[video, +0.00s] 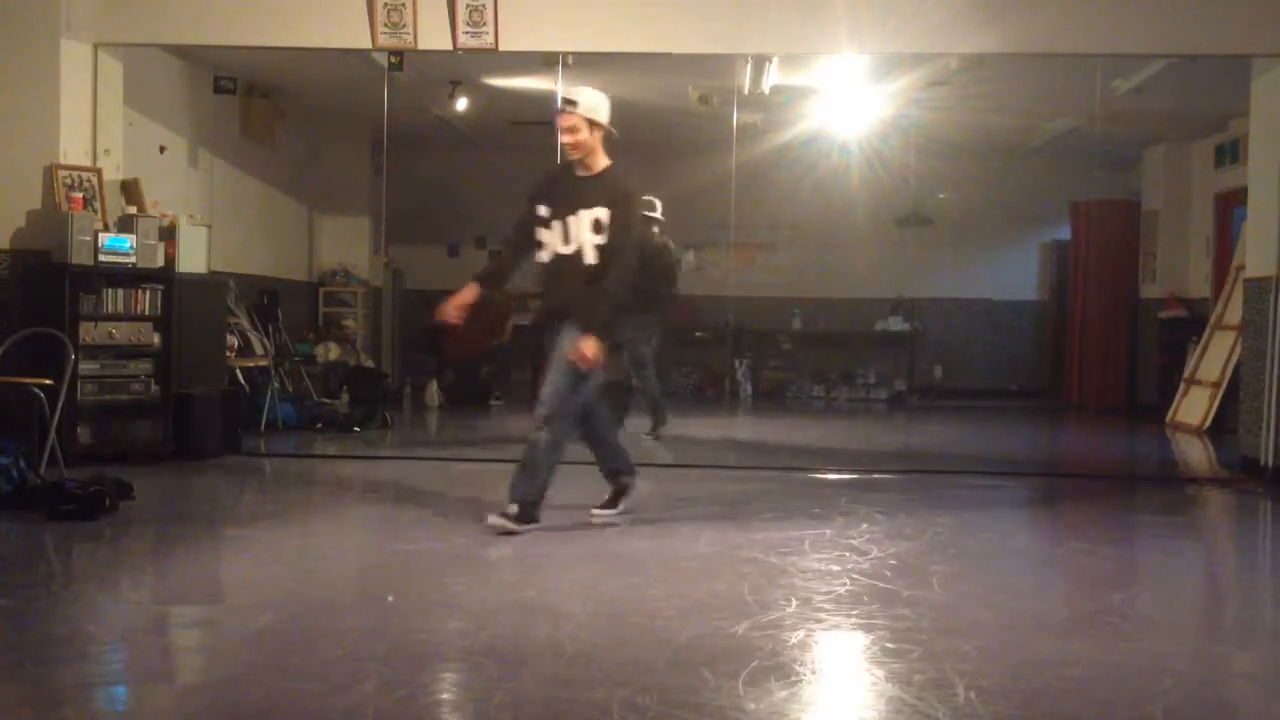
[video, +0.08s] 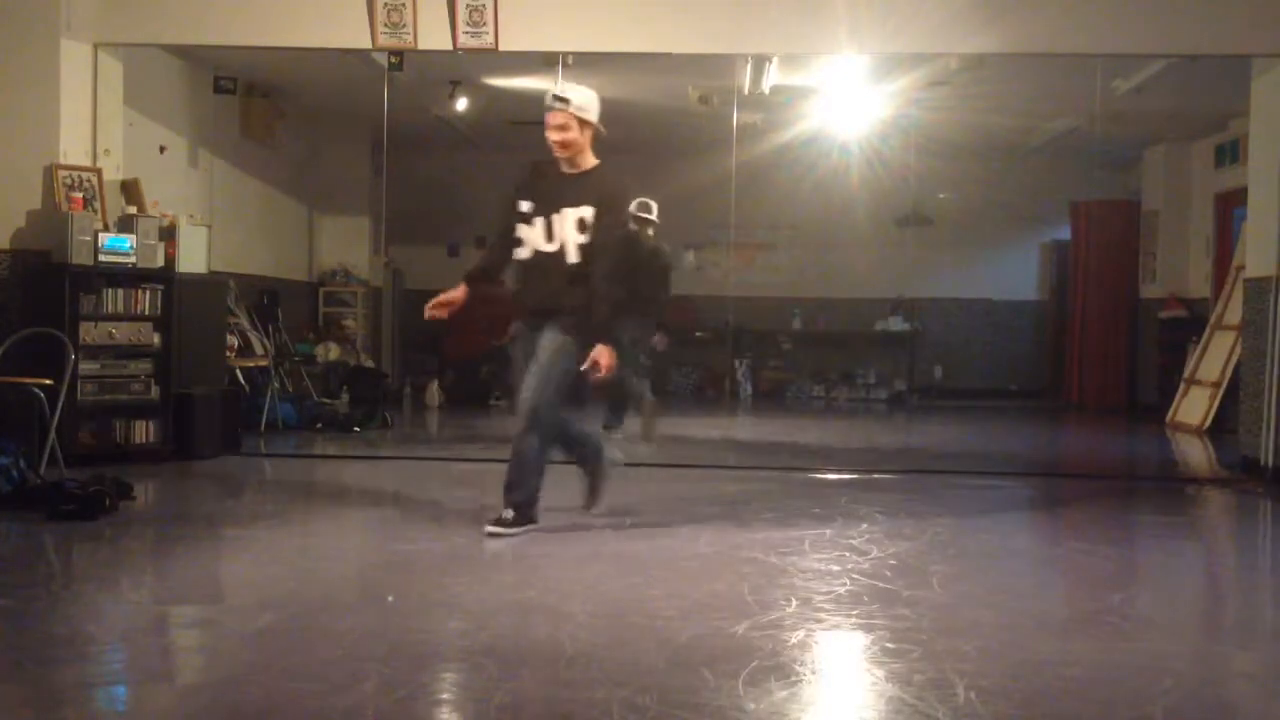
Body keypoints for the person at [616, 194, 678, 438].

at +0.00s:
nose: (639, 223)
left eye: (641, 218)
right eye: (642, 218)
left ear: (637, 217)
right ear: (658, 220)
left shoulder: (627, 243)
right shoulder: (665, 247)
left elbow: (618, 277)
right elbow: (669, 285)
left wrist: (614, 301)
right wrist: (662, 307)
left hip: (627, 310)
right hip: (652, 312)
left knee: (642, 368)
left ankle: (659, 416)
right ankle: (612, 420)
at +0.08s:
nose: (640, 228)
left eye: (640, 222)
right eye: (642, 223)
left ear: (629, 219)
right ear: (653, 224)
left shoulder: (618, 243)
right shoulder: (660, 251)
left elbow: (609, 280)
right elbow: (663, 291)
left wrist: (604, 309)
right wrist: (661, 325)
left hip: (620, 312)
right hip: (646, 315)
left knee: (622, 365)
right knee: (632, 367)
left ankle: (645, 398)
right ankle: (612, 422)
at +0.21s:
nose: (633, 226)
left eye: (632, 220)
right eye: (633, 221)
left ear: (621, 218)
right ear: (645, 223)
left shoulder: (608, 245)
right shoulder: (651, 252)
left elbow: (598, 281)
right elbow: (660, 291)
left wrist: (591, 309)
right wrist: (658, 323)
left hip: (609, 309)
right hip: (636, 312)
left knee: (608, 357)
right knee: (625, 361)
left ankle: (618, 395)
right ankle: (615, 418)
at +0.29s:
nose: (627, 225)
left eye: (629, 220)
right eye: (626, 220)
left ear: (615, 218)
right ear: (640, 220)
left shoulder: (602, 245)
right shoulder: (648, 251)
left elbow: (590, 282)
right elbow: (658, 289)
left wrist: (585, 314)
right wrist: (655, 320)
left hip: (603, 315)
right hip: (631, 317)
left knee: (594, 362)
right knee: (623, 369)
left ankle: (590, 408)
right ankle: (614, 420)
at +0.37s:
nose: (622, 228)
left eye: (620, 223)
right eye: (623, 224)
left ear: (609, 221)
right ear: (634, 222)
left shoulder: (599, 246)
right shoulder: (644, 249)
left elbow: (589, 283)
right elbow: (656, 288)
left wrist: (585, 313)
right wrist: (651, 320)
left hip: (601, 315)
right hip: (630, 317)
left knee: (591, 364)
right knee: (622, 369)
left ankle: (584, 414)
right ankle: (614, 420)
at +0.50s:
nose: (607, 232)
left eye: (606, 229)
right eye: (612, 229)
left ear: (603, 229)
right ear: (624, 229)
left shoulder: (597, 252)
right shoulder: (637, 254)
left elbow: (586, 288)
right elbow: (647, 292)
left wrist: (581, 315)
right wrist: (644, 325)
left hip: (599, 317)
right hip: (626, 319)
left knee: (590, 365)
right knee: (621, 365)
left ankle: (589, 411)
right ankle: (613, 412)